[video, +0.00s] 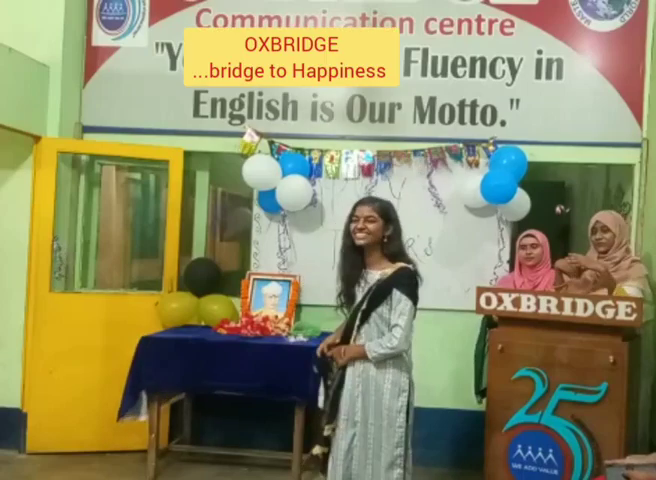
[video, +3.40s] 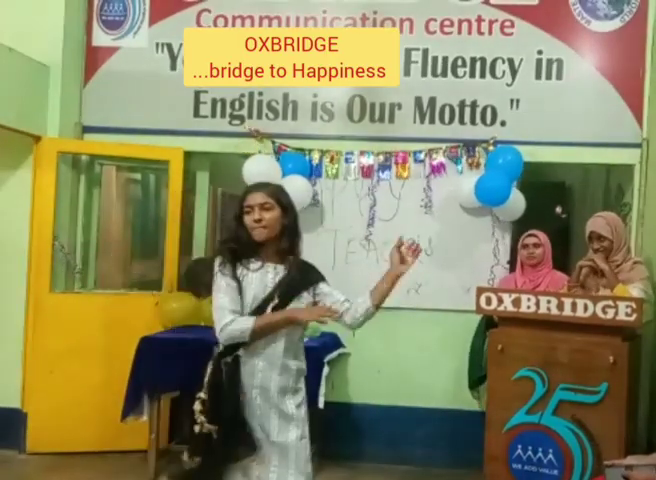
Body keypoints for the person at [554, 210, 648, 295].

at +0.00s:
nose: (598, 237)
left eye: (605, 231)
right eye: (594, 231)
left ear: (619, 233)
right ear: (589, 236)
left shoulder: (634, 268)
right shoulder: (580, 264)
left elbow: (625, 302)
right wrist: (557, 269)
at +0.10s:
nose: (596, 237)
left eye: (603, 231)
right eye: (592, 232)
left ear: (617, 233)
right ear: (588, 236)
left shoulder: (633, 267)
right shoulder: (580, 265)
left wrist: (611, 285)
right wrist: (564, 278)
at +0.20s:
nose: (595, 237)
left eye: (602, 231)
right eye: (591, 232)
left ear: (616, 233)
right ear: (587, 237)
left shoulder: (632, 267)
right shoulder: (581, 265)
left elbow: (637, 303)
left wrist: (610, 285)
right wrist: (566, 277)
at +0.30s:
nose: (593, 239)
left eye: (600, 232)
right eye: (589, 233)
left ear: (615, 234)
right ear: (585, 237)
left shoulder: (632, 267)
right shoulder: (583, 266)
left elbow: (633, 303)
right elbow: (566, 300)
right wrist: (570, 272)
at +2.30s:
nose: (595, 247)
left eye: (601, 239)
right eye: (591, 240)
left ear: (616, 238)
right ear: (587, 242)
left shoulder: (635, 268)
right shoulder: (586, 269)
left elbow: (631, 304)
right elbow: (570, 299)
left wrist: (606, 269)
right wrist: (578, 270)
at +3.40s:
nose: (595, 247)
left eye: (601, 239)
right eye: (591, 240)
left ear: (616, 238)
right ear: (587, 242)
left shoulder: (635, 269)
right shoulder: (586, 268)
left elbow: (633, 304)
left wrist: (606, 269)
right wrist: (577, 273)